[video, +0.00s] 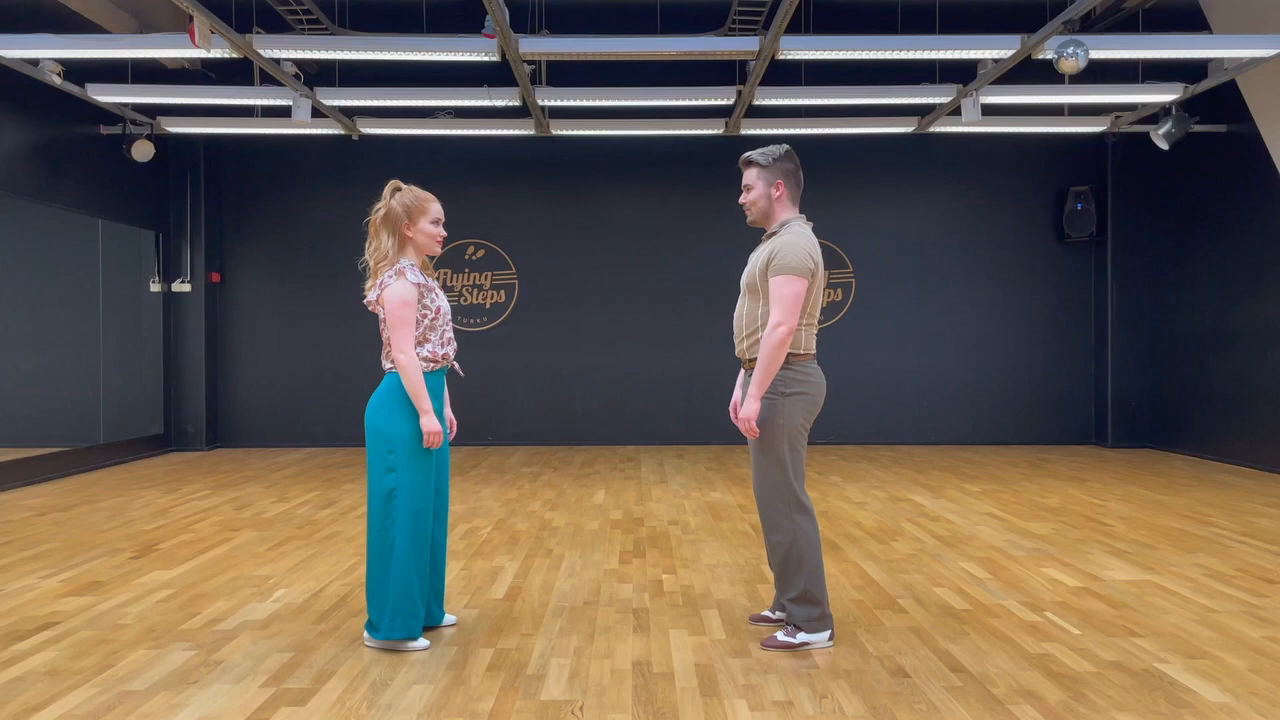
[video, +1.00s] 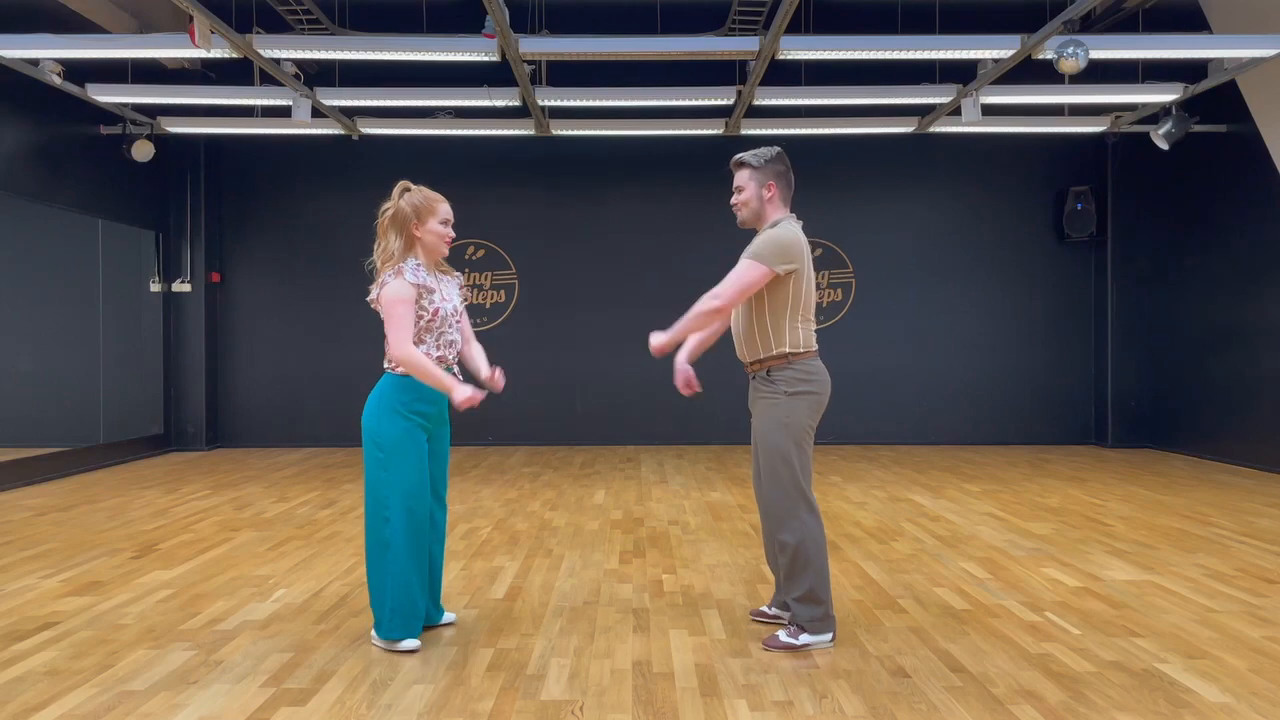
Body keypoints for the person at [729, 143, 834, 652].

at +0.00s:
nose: (742, 198)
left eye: (749, 188)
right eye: (742, 188)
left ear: (780, 189)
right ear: (776, 192)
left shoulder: (793, 244)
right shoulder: (776, 244)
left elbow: (783, 328)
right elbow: (762, 327)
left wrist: (755, 396)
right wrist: (742, 385)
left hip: (787, 384)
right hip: (773, 382)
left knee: (785, 503)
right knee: (777, 500)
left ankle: (811, 621)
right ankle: (794, 603)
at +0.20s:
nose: (742, 198)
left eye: (749, 188)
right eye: (742, 188)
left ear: (780, 189)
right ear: (777, 192)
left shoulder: (793, 244)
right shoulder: (777, 243)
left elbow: (783, 327)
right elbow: (764, 327)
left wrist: (755, 395)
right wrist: (742, 383)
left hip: (787, 384)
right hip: (774, 381)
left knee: (785, 503)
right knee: (778, 500)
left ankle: (811, 621)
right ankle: (794, 603)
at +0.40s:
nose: (743, 198)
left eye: (750, 188)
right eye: (743, 188)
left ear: (781, 189)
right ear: (777, 192)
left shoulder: (793, 243)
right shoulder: (777, 243)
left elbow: (783, 326)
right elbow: (763, 326)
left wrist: (755, 394)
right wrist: (742, 383)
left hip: (787, 383)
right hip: (774, 381)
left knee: (785, 502)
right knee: (778, 500)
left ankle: (811, 621)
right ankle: (794, 603)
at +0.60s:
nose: (743, 198)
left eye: (750, 188)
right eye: (743, 188)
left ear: (781, 189)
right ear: (778, 192)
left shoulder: (794, 243)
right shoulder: (777, 243)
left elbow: (783, 326)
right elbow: (762, 326)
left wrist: (755, 393)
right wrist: (741, 383)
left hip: (787, 383)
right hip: (773, 381)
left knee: (786, 502)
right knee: (778, 499)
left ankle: (811, 621)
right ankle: (794, 603)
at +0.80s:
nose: (741, 197)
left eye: (749, 187)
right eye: (742, 188)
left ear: (779, 189)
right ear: (776, 192)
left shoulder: (793, 241)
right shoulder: (774, 243)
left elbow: (778, 324)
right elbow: (757, 325)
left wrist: (750, 391)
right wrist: (738, 381)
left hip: (787, 384)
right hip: (772, 383)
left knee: (787, 502)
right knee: (777, 499)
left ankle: (811, 621)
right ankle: (794, 602)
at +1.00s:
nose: (732, 200)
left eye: (740, 190)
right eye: (733, 190)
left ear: (770, 191)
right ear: (765, 193)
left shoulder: (780, 238)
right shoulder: (768, 242)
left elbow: (723, 299)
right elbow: (726, 308)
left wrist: (670, 335)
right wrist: (684, 353)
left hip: (789, 383)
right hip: (771, 383)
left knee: (788, 500)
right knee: (775, 495)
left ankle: (814, 621)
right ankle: (792, 599)